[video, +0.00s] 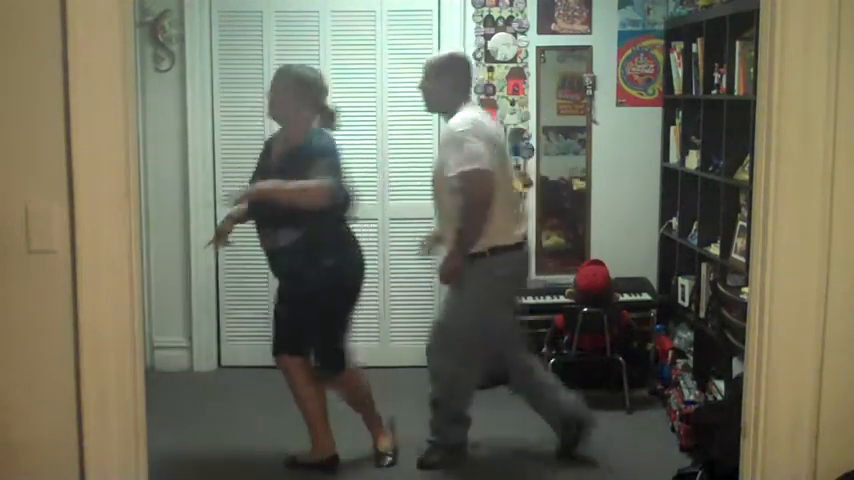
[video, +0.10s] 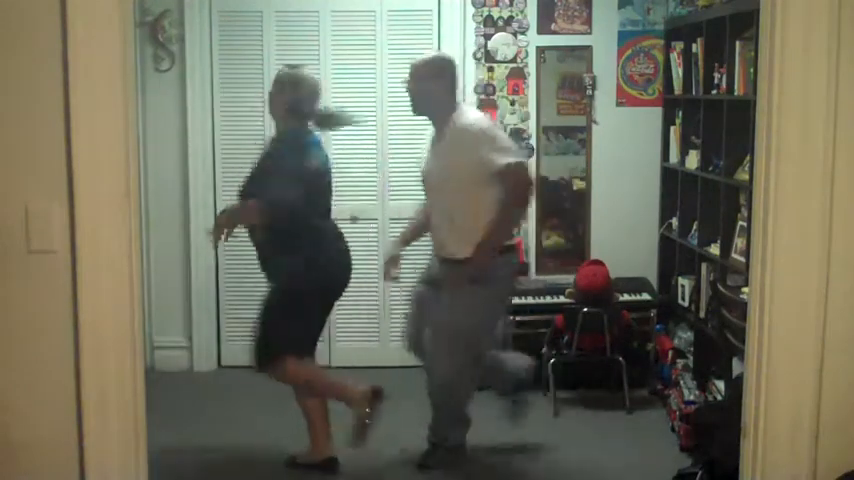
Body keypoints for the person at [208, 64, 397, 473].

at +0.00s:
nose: (269, 98)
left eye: (277, 92)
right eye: (271, 91)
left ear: (301, 100)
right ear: (286, 101)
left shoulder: (321, 145)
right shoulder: (273, 146)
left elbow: (324, 193)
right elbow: (266, 198)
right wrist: (234, 219)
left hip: (333, 263)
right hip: (296, 266)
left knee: (329, 364)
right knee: (289, 354)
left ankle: (378, 427)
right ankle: (323, 449)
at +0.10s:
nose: (268, 98)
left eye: (274, 92)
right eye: (272, 91)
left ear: (286, 101)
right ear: (306, 103)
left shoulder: (292, 148)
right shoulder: (301, 144)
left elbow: (274, 208)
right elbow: (279, 202)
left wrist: (232, 216)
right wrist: (244, 215)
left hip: (310, 264)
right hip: (316, 260)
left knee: (272, 358)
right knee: (298, 357)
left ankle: (357, 395)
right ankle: (321, 451)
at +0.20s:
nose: (278, 105)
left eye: (268, 98)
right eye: (292, 98)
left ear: (261, 99)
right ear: (298, 101)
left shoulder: (250, 145)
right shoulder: (316, 144)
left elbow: (230, 212)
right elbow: (328, 196)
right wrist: (288, 207)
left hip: (276, 265)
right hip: (327, 262)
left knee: (243, 340)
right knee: (301, 351)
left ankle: (297, 381)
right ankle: (313, 450)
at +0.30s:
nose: (290, 98)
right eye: (288, 92)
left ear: (247, 97)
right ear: (284, 98)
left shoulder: (228, 145)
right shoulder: (307, 144)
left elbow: (201, 199)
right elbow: (331, 197)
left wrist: (240, 217)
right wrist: (295, 212)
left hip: (247, 268)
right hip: (306, 267)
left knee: (242, 338)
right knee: (296, 356)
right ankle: (283, 453)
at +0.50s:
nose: (270, 96)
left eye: (266, 89)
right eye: (262, 91)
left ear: (226, 100)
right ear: (243, 101)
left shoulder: (205, 144)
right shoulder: (266, 148)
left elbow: (184, 192)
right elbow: (282, 205)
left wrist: (225, 208)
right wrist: (306, 215)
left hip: (209, 259)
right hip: (256, 262)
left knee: (221, 348)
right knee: (273, 357)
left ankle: (190, 436)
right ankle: (274, 455)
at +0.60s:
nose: (256, 99)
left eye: (253, 92)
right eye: (249, 93)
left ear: (215, 100)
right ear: (230, 101)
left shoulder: (201, 143)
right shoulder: (235, 148)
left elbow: (214, 201)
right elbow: (244, 208)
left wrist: (262, 201)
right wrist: (289, 225)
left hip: (192, 256)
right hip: (225, 261)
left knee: (213, 346)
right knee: (264, 351)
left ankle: (190, 436)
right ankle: (264, 451)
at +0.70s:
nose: (245, 98)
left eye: (242, 92)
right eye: (237, 92)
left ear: (213, 99)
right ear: (213, 99)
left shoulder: (214, 142)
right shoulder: (207, 145)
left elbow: (237, 187)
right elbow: (194, 205)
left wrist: (279, 172)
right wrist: (254, 225)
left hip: (196, 258)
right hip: (200, 260)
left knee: (206, 348)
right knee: (256, 342)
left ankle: (188, 435)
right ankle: (211, 429)